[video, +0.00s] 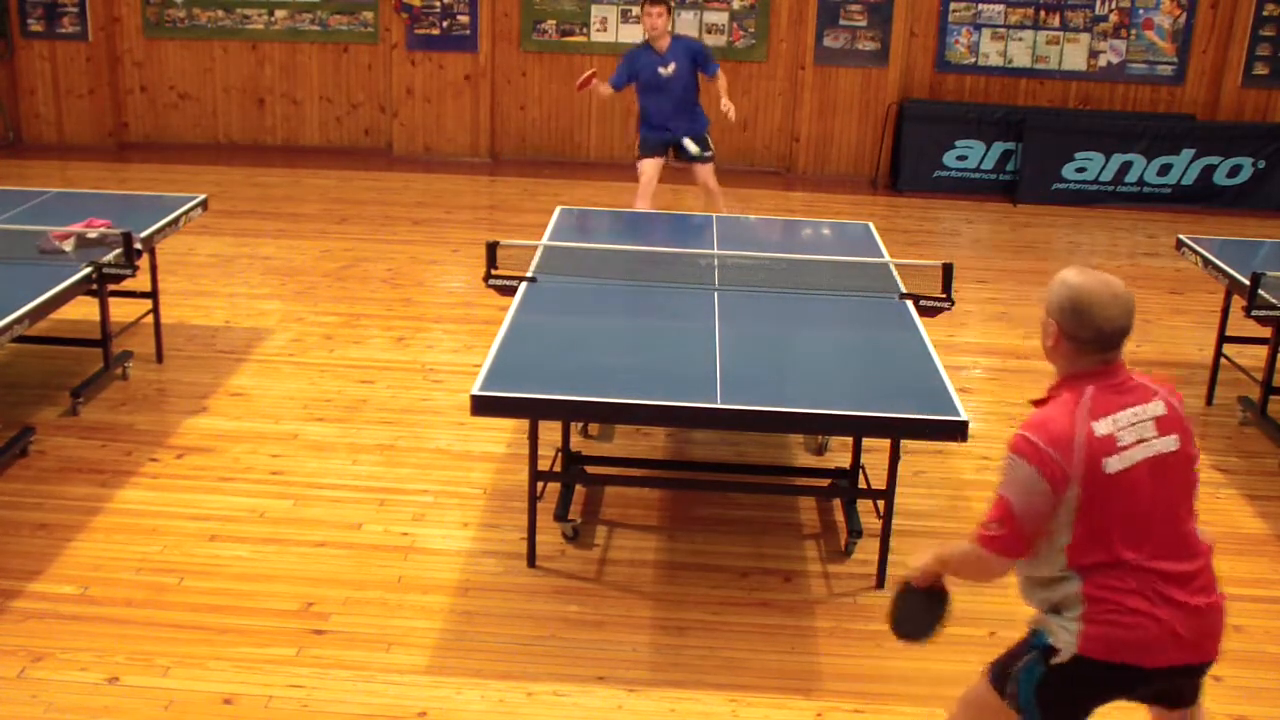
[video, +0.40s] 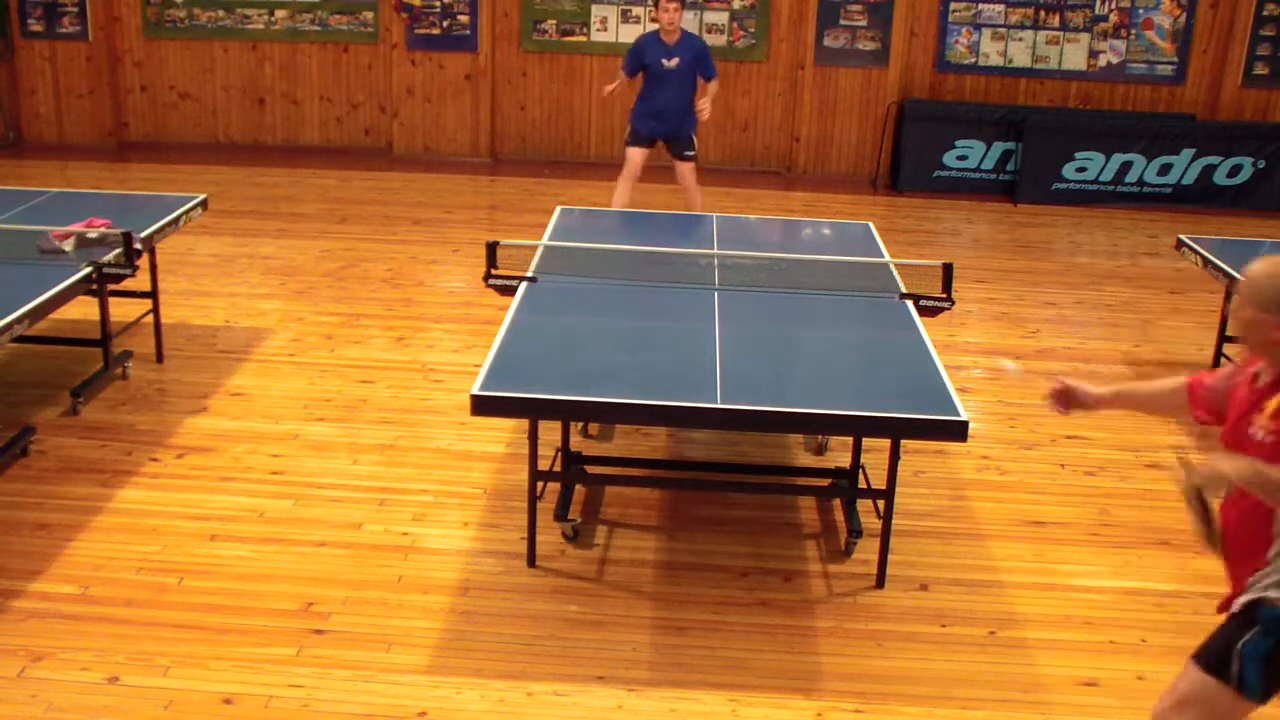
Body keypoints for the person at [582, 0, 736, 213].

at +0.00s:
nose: (654, 21)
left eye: (659, 15)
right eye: (649, 16)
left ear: (669, 19)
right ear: (642, 20)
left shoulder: (690, 48)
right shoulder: (635, 56)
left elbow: (717, 73)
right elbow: (610, 89)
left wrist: (724, 98)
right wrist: (596, 85)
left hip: (690, 128)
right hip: (654, 130)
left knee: (709, 183)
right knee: (645, 183)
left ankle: (723, 227)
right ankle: (637, 235)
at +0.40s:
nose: (671, 16)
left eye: (675, 11)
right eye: (665, 11)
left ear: (682, 14)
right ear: (656, 14)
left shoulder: (696, 45)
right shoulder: (645, 43)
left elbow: (712, 78)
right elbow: (628, 70)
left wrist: (708, 99)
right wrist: (617, 83)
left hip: (681, 121)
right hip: (646, 119)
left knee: (687, 178)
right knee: (630, 172)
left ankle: (698, 227)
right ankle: (613, 223)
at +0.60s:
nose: (655, 21)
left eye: (660, 16)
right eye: (649, 16)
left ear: (667, 17)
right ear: (642, 19)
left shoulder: (682, 49)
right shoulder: (632, 49)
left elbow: (698, 81)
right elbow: (623, 81)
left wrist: (688, 107)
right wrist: (614, 106)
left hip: (670, 118)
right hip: (637, 116)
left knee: (685, 174)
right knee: (610, 162)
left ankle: (698, 216)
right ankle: (587, 205)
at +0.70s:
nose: (635, 37)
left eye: (640, 32)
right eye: (630, 32)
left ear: (648, 34)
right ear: (624, 35)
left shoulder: (663, 63)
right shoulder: (621, 65)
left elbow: (680, 98)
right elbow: (617, 98)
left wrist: (653, 124)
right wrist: (599, 126)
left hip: (664, 135)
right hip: (628, 132)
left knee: (685, 188)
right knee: (591, 175)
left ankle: (705, 226)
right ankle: (577, 218)